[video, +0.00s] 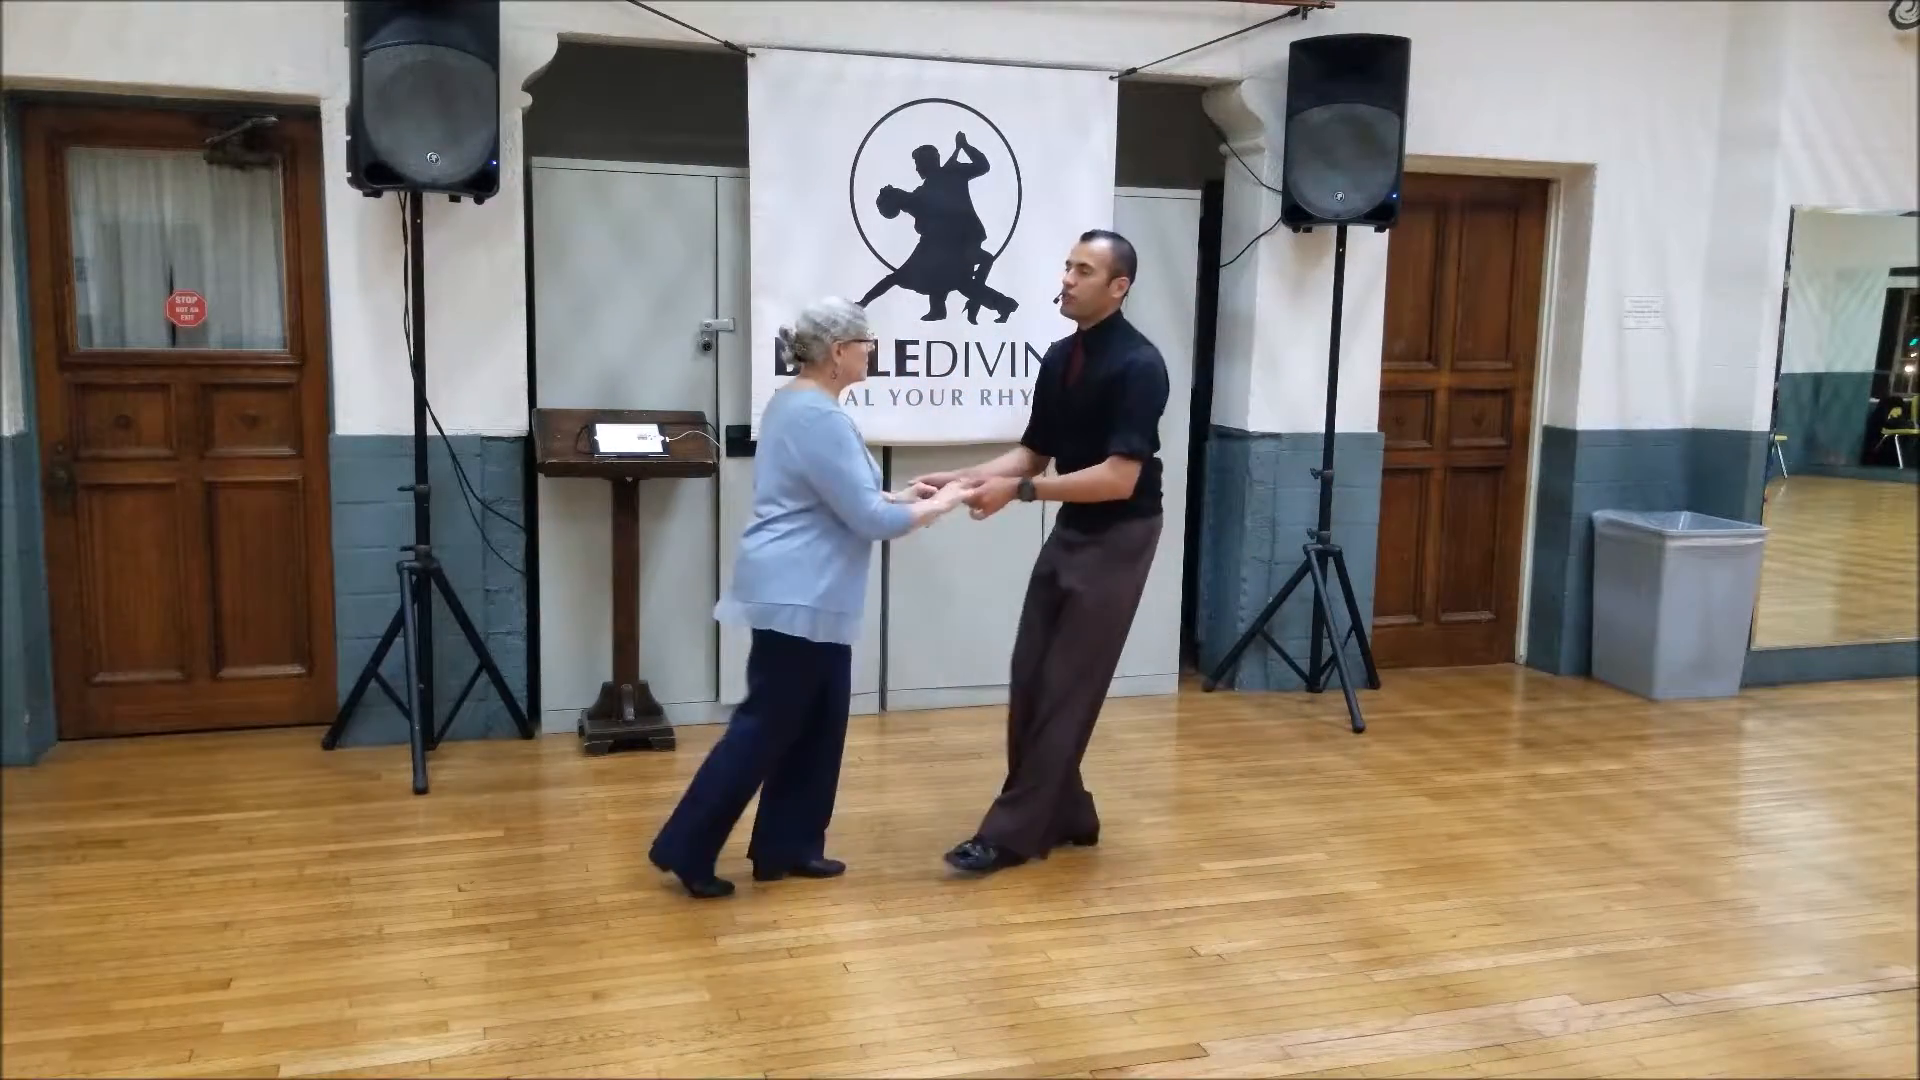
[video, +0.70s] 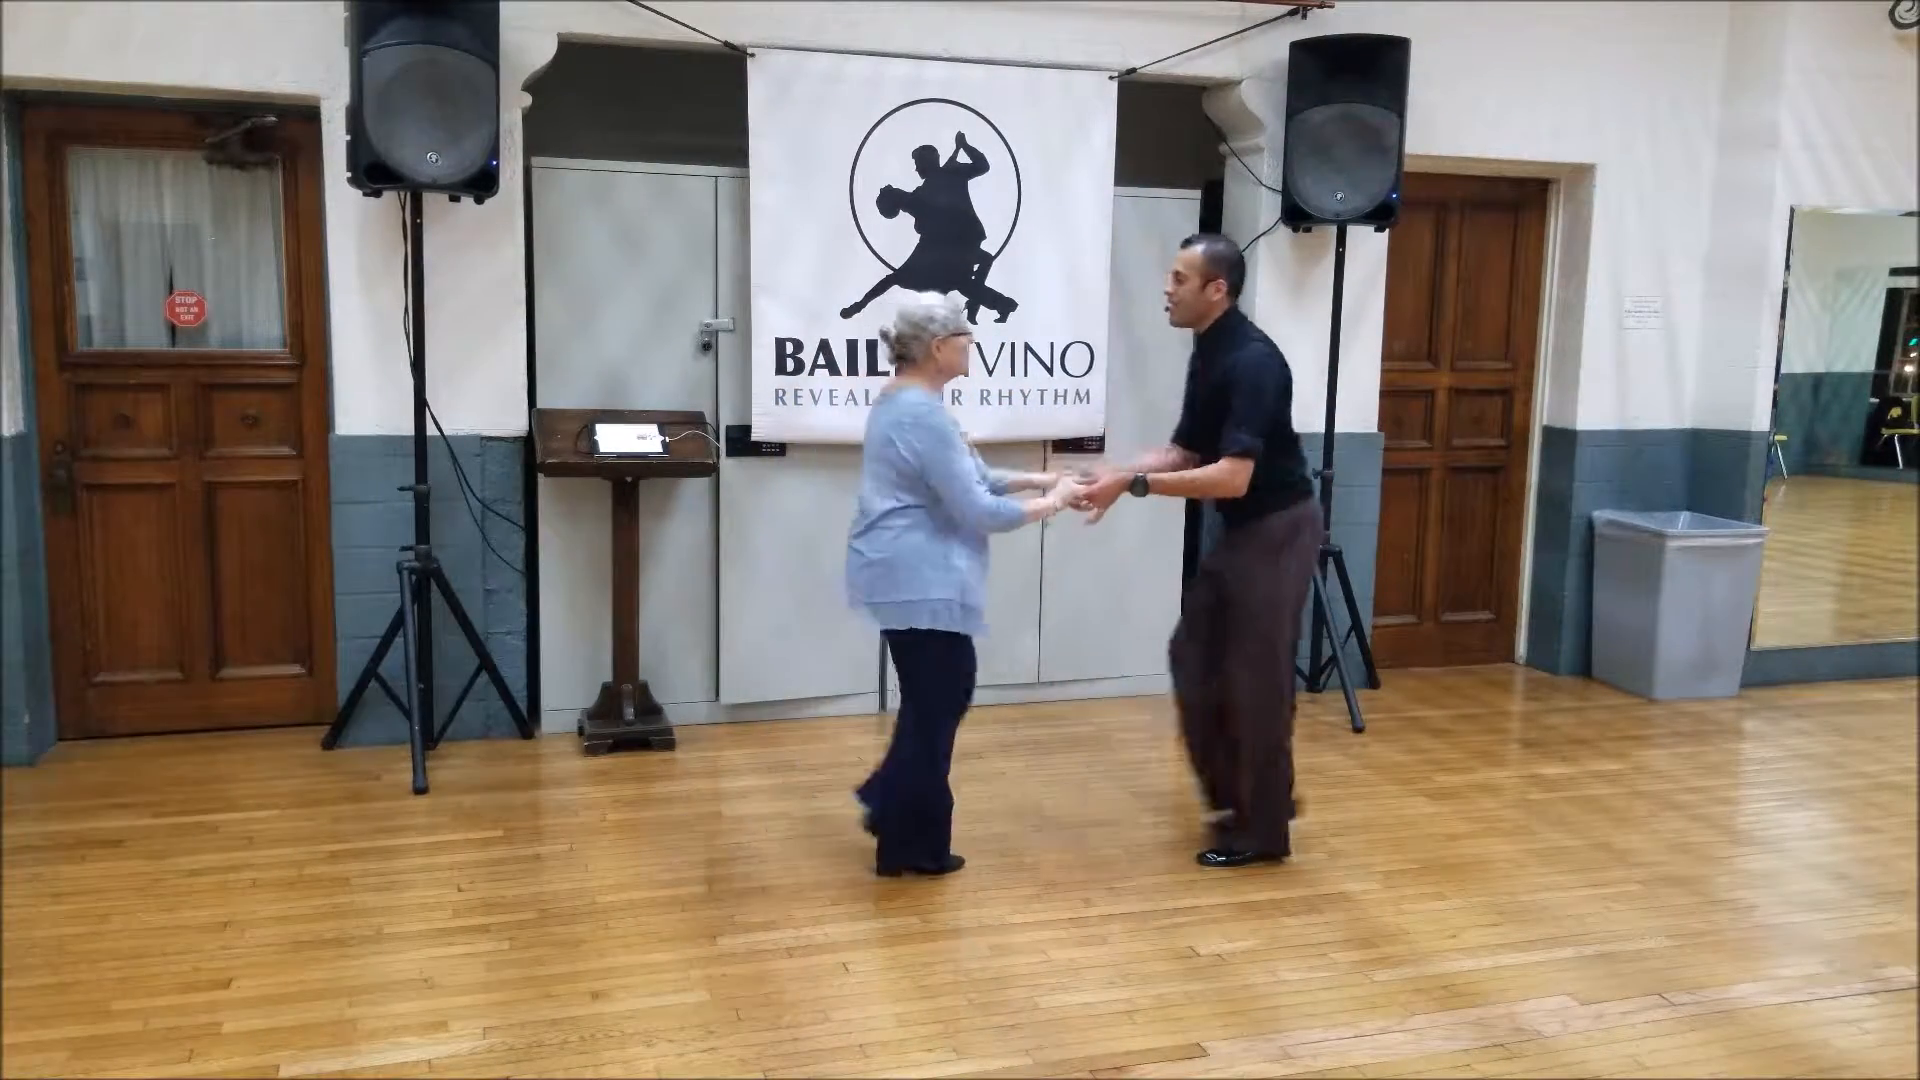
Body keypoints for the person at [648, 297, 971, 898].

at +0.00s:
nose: (872, 353)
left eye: (870, 344)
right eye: (865, 344)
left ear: (829, 351)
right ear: (835, 351)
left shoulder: (796, 406)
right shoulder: (818, 417)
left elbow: (848, 502)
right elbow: (870, 518)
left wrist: (909, 493)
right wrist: (932, 509)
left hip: (812, 594)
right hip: (800, 596)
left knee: (819, 723)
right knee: (770, 724)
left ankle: (785, 848)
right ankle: (685, 847)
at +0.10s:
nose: (876, 351)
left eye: (874, 342)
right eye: (868, 343)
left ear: (827, 351)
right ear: (838, 350)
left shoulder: (795, 405)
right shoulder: (829, 417)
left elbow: (847, 495)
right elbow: (897, 509)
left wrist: (910, 485)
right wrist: (971, 485)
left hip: (794, 586)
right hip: (817, 594)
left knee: (813, 720)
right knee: (826, 722)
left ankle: (788, 846)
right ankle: (720, 827)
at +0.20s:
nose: (885, 348)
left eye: (883, 339)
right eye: (878, 339)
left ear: (834, 346)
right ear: (852, 346)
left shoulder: (799, 403)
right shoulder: (847, 416)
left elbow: (867, 473)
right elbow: (928, 494)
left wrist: (933, 470)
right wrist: (1005, 465)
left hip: (786, 585)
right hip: (837, 591)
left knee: (798, 711)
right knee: (877, 699)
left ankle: (776, 849)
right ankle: (806, 842)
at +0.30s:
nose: (900, 348)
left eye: (898, 338)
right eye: (893, 338)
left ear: (845, 343)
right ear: (864, 343)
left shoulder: (810, 400)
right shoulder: (870, 415)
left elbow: (911, 458)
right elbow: (953, 483)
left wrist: (1000, 451)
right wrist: (1032, 457)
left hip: (795, 586)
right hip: (860, 591)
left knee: (798, 717)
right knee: (897, 707)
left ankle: (781, 852)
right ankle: (889, 847)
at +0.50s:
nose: (932, 350)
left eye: (930, 340)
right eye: (926, 341)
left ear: (879, 347)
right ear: (900, 349)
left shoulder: (839, 405)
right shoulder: (909, 419)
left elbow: (954, 471)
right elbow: (986, 490)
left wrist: (1043, 466)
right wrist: (1059, 473)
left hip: (838, 590)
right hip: (905, 595)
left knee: (835, 716)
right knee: (919, 723)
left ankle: (797, 844)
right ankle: (910, 846)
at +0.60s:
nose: (956, 352)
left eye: (955, 341)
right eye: (950, 342)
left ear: (909, 347)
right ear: (921, 347)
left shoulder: (873, 406)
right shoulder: (923, 418)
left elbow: (947, 487)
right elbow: (983, 505)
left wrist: (1021, 488)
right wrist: (1051, 503)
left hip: (872, 583)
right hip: (920, 589)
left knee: (903, 699)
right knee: (926, 719)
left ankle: (842, 801)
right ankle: (915, 846)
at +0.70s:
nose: (970, 349)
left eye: (968, 339)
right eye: (962, 340)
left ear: (929, 347)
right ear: (933, 347)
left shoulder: (900, 407)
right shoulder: (923, 415)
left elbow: (973, 481)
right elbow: (974, 510)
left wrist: (1041, 482)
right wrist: (1050, 504)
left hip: (900, 572)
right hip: (922, 578)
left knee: (945, 689)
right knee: (938, 699)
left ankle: (886, 795)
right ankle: (914, 846)